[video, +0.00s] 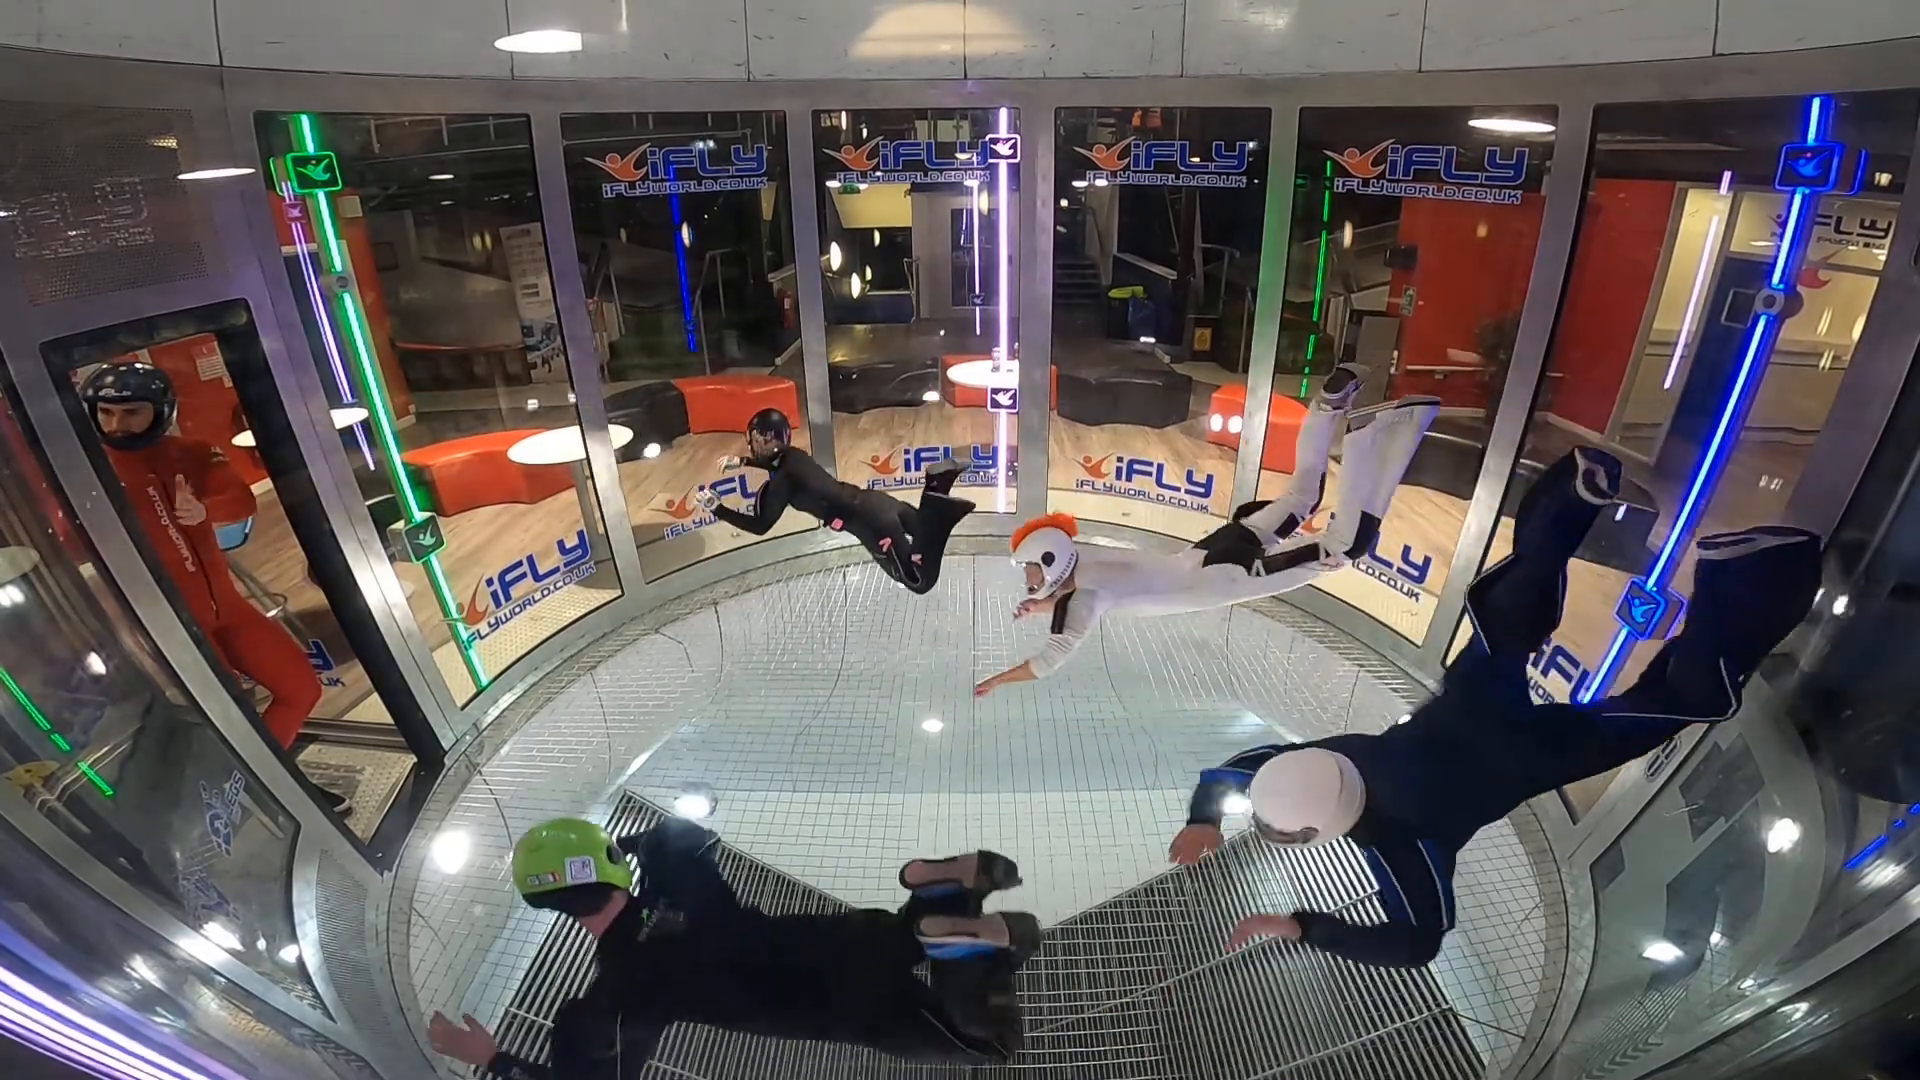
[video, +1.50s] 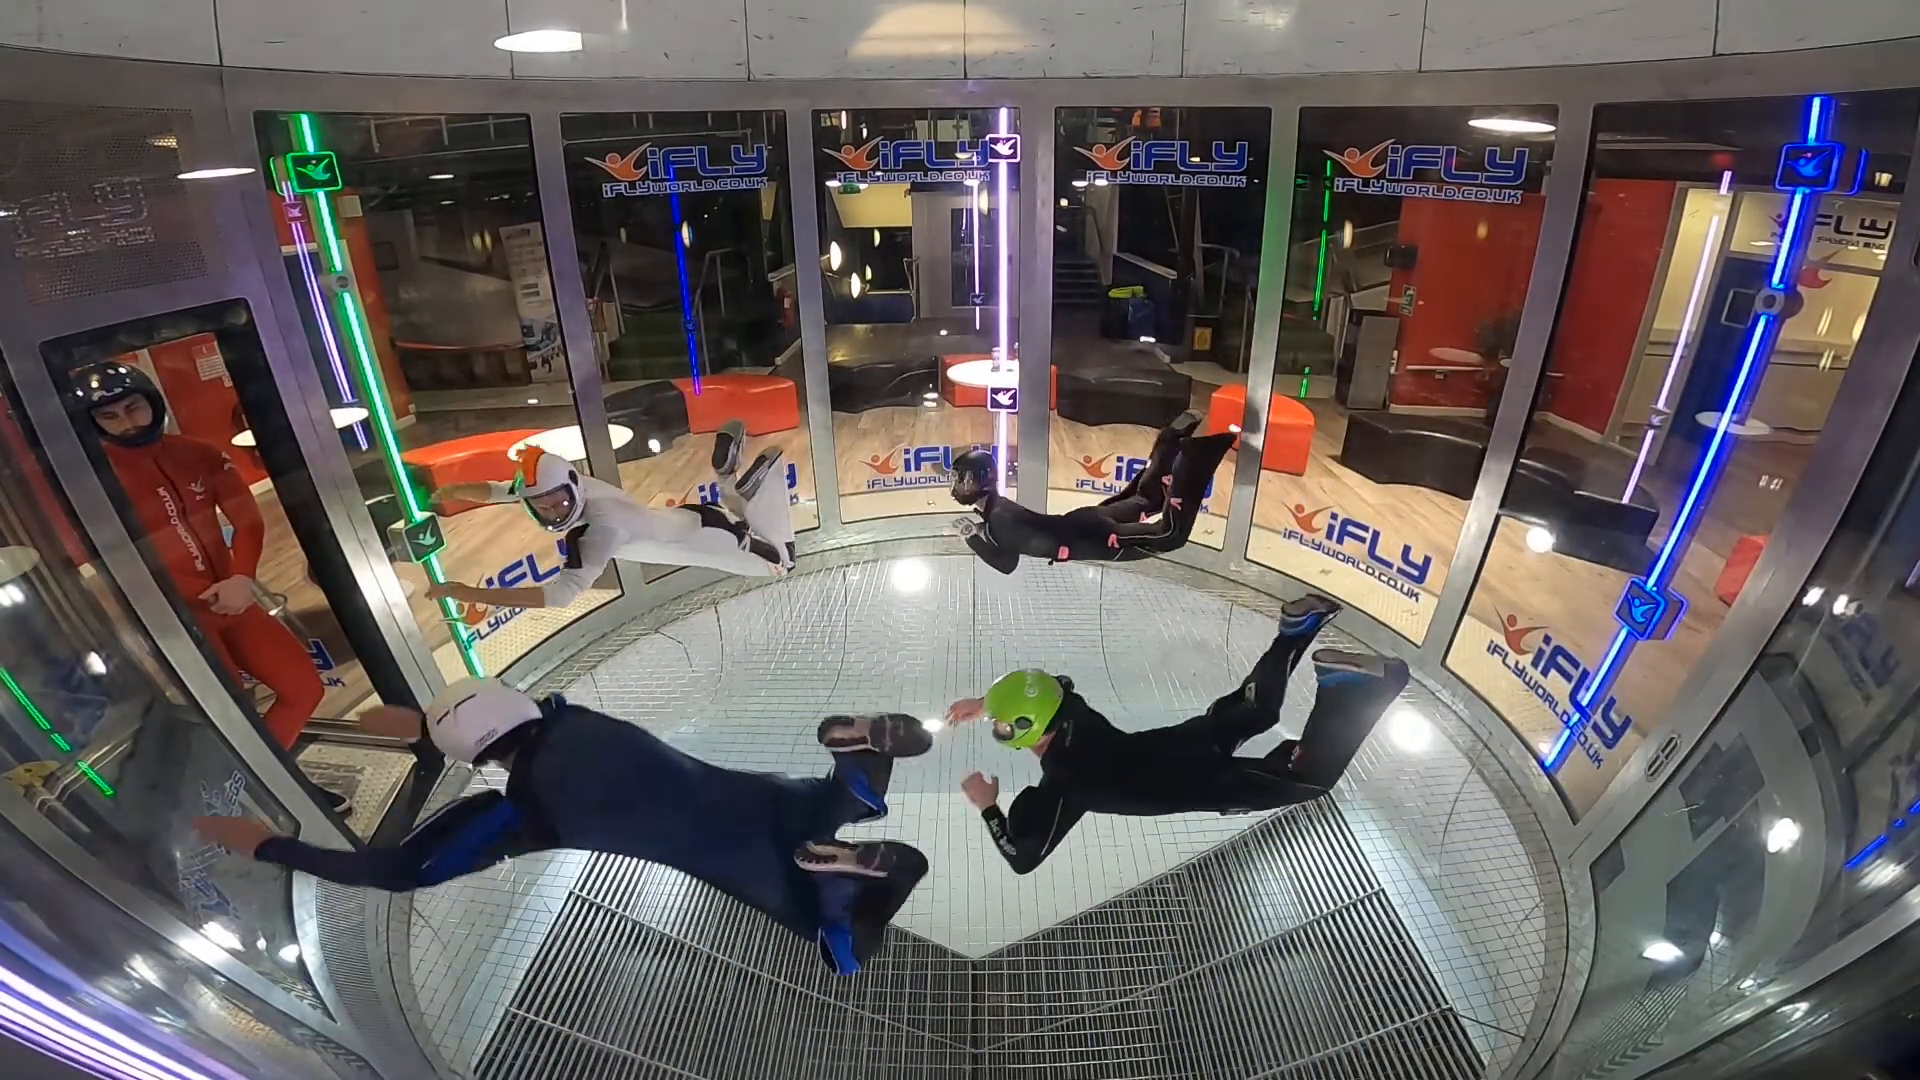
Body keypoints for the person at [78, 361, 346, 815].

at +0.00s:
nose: (117, 425)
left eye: (132, 412)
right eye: (106, 413)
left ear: (158, 412)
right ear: (92, 414)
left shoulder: (186, 455)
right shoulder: (90, 470)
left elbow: (242, 500)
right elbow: (71, 542)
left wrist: (204, 509)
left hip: (224, 607)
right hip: (172, 630)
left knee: (301, 687)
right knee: (237, 712)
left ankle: (245, 781)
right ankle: (293, 791)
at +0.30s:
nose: (121, 425)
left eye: (132, 411)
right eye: (107, 414)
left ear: (155, 409)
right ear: (91, 417)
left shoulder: (194, 456)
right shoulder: (84, 475)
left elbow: (245, 507)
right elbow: (76, 554)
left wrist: (238, 546)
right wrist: (154, 544)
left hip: (224, 604)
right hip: (169, 626)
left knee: (302, 688)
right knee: (233, 716)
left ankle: (245, 778)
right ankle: (294, 791)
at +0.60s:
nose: (128, 423)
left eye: (135, 407)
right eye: (111, 415)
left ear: (152, 402)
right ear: (94, 421)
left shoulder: (197, 455)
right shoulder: (92, 477)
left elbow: (248, 519)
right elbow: (101, 569)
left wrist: (225, 581)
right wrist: (191, 601)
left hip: (225, 599)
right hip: (170, 619)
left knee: (303, 689)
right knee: (235, 712)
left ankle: (243, 780)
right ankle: (293, 791)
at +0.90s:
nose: (126, 423)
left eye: (132, 407)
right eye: (109, 416)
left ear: (149, 402)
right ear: (92, 424)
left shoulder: (199, 456)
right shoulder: (95, 479)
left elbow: (249, 519)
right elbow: (98, 565)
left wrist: (238, 574)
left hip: (229, 602)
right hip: (176, 620)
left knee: (305, 689)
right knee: (236, 710)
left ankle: (242, 781)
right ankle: (295, 792)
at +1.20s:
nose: (128, 422)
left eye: (133, 406)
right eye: (111, 416)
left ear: (150, 399)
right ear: (94, 423)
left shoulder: (199, 455)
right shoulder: (95, 478)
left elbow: (249, 519)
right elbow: (103, 564)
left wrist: (241, 575)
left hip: (230, 603)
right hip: (177, 621)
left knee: (305, 689)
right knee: (235, 711)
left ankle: (240, 783)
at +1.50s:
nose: (127, 423)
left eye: (133, 407)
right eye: (110, 416)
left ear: (150, 403)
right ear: (93, 424)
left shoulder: (199, 455)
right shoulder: (95, 481)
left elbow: (248, 521)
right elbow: (103, 568)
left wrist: (242, 577)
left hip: (232, 603)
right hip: (178, 622)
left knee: (304, 688)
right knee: (235, 708)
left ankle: (246, 781)